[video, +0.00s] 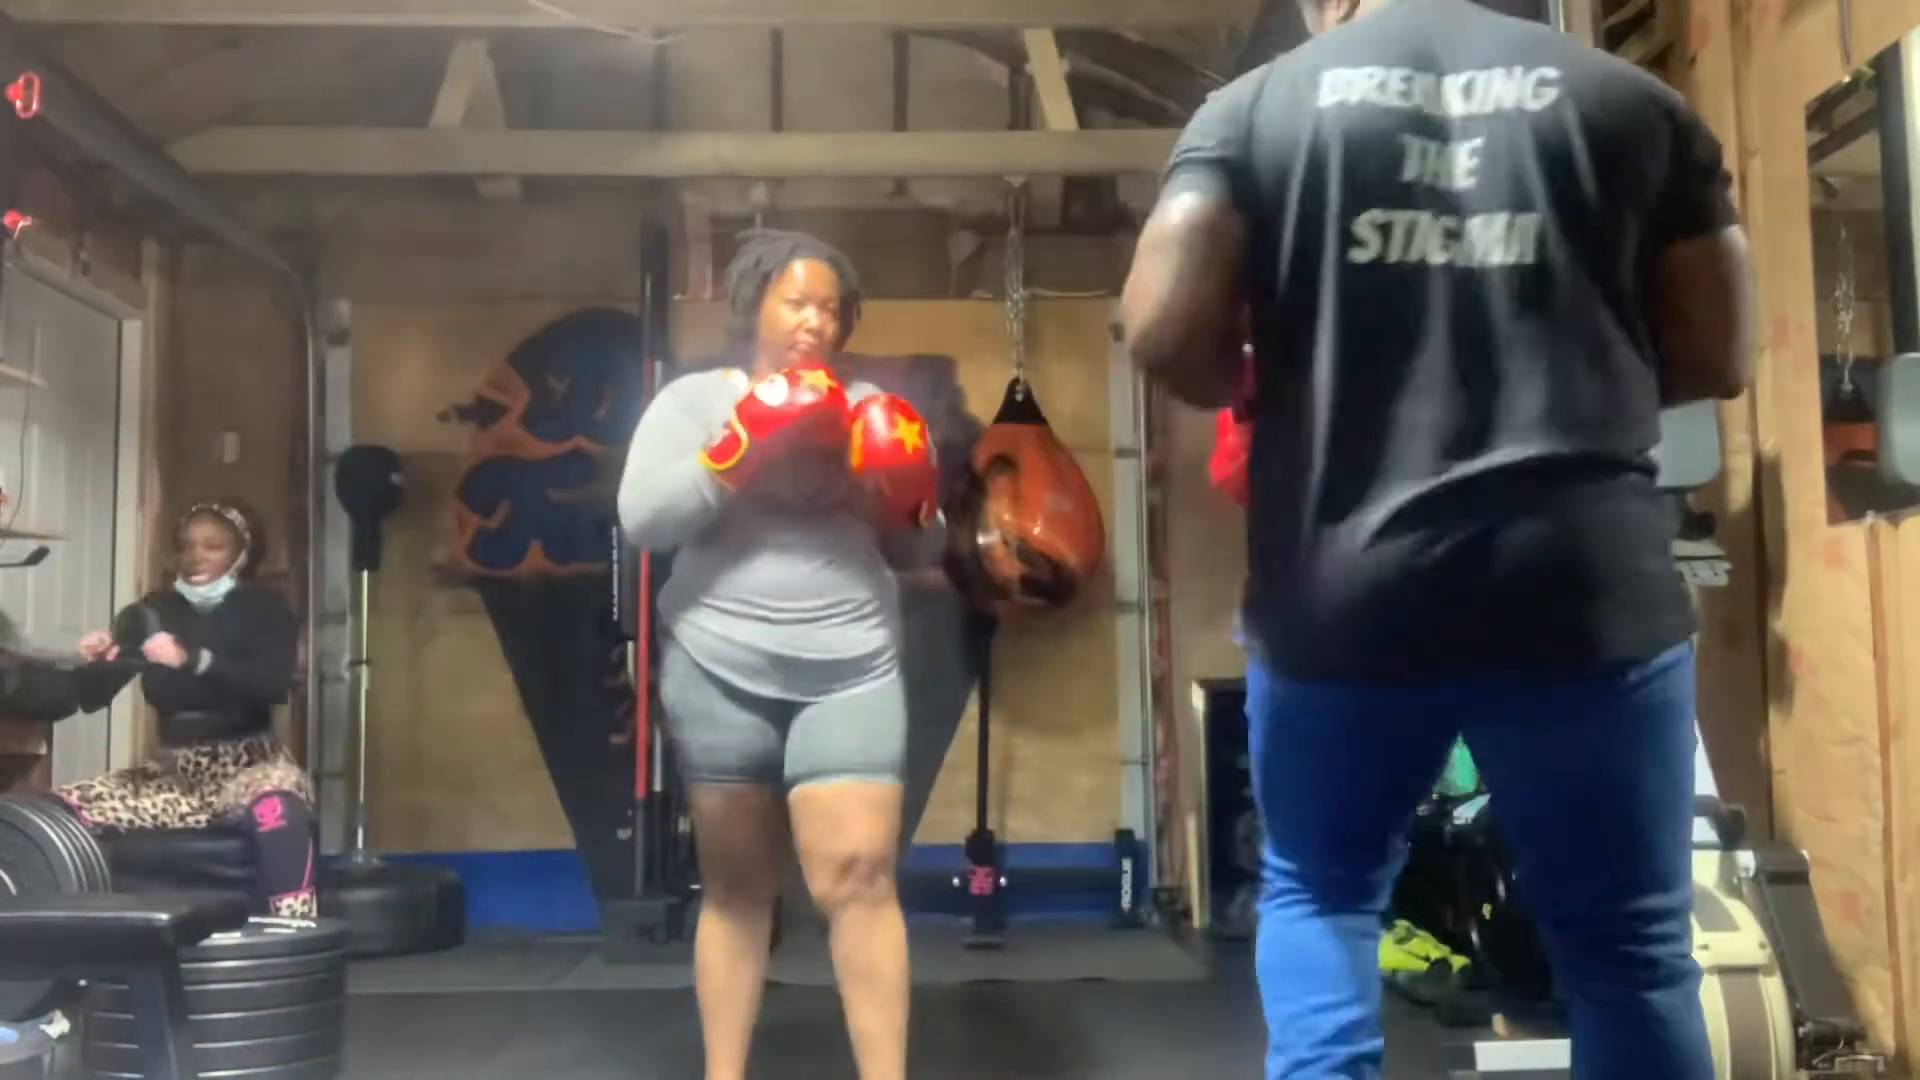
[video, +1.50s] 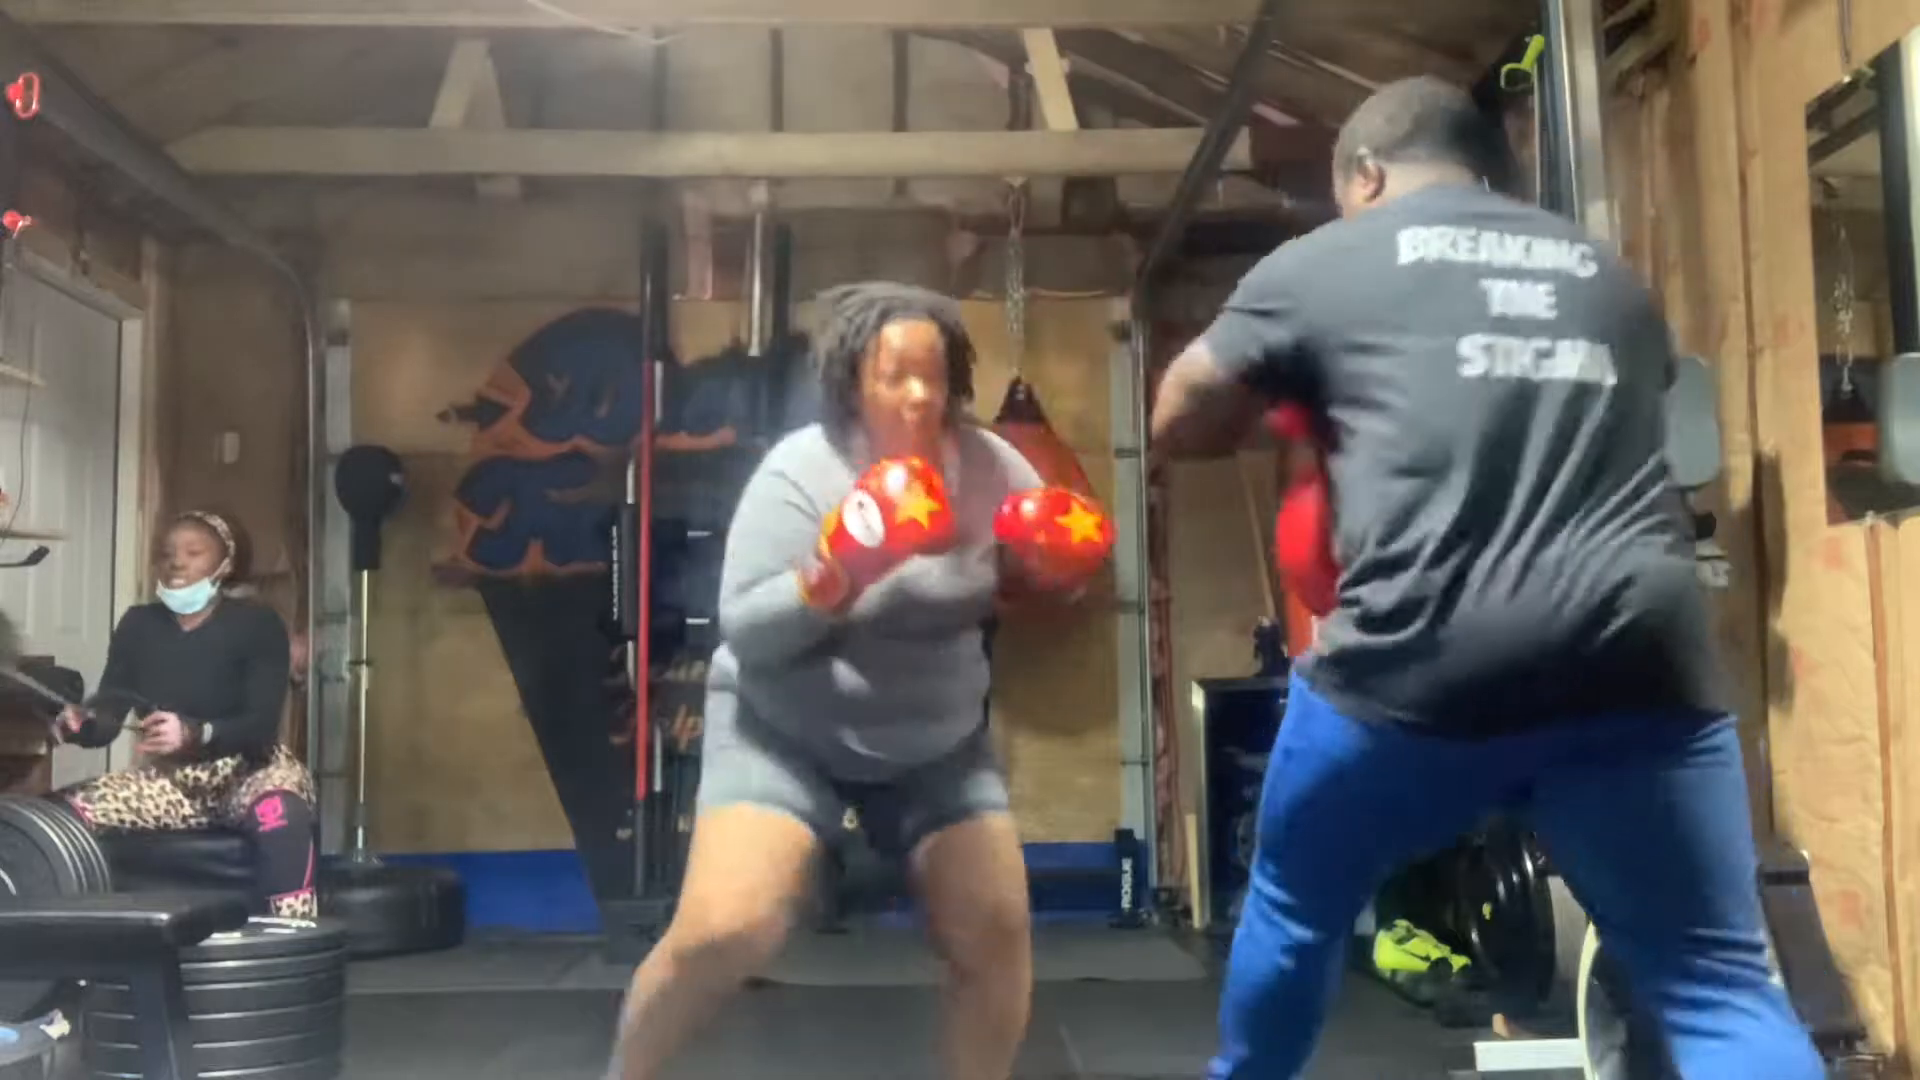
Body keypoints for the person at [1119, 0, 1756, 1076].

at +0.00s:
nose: (1301, 25)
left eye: (1303, 19)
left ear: (1335, 4)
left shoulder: (1253, 106)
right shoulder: (1634, 101)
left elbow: (1162, 330)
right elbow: (1715, 353)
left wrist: (1259, 372)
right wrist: (1554, 366)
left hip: (1346, 596)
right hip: (1589, 589)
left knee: (1320, 895)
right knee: (1632, 954)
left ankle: (1325, 1073)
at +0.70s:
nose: (1287, 125)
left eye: (1283, 111)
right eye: (1282, 112)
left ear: (1318, 81)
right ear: (1428, 55)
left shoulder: (1292, 173)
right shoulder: (1597, 151)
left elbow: (1146, 362)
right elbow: (1647, 335)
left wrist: (1138, 235)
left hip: (1423, 575)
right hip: (1652, 561)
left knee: (1337, 925)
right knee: (1715, 914)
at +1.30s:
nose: (1345, 142)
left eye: (1346, 128)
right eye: (1349, 130)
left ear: (1377, 109)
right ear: (1494, 96)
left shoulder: (1324, 193)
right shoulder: (1646, 194)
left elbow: (1137, 329)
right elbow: (1695, 399)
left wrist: (1174, 277)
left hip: (1444, 585)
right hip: (1674, 579)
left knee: (1310, 867)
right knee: (1749, 927)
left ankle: (1326, 1071)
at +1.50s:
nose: (1341, 207)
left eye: (1341, 190)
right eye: (1341, 193)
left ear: (1366, 178)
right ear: (1489, 171)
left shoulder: (1317, 267)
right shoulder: (1611, 272)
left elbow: (1178, 423)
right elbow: (1641, 399)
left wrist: (1287, 408)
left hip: (1413, 668)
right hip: (1638, 661)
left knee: (1292, 906)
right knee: (1716, 973)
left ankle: (1246, 1069)